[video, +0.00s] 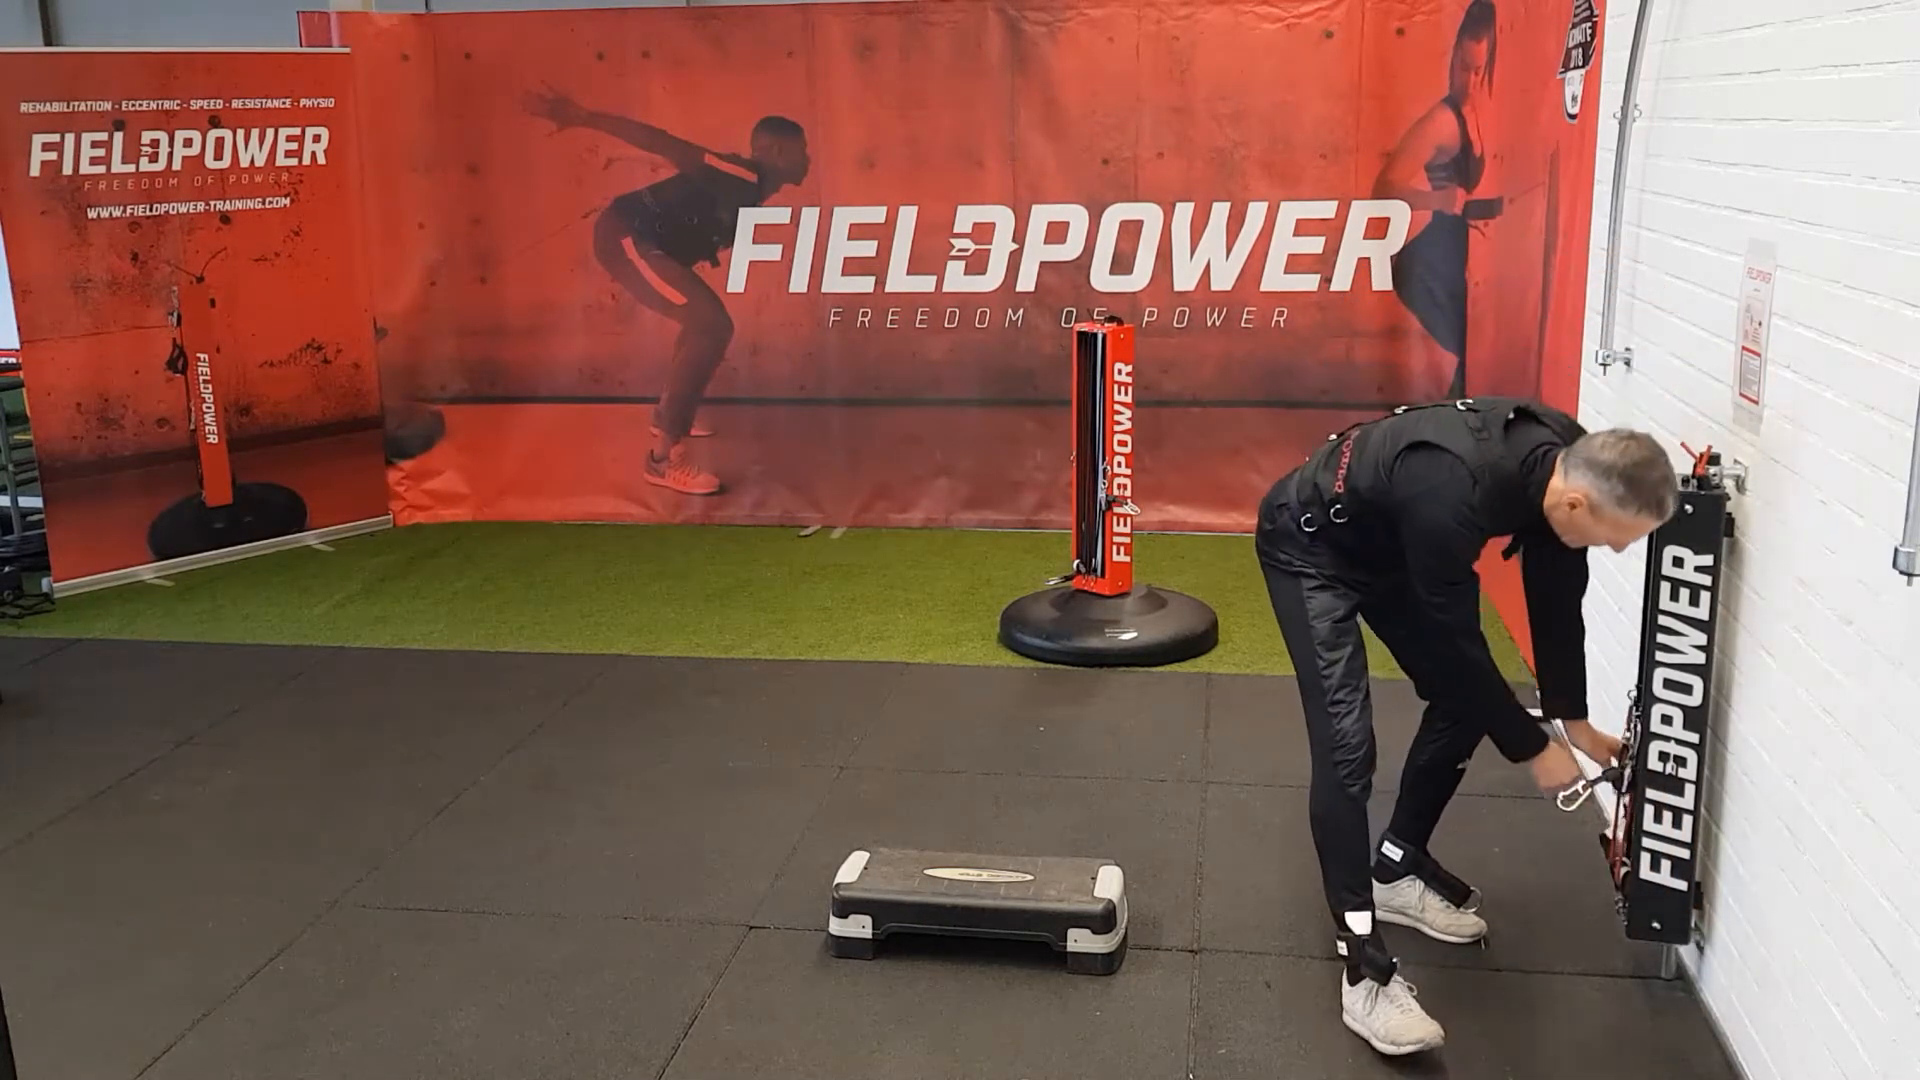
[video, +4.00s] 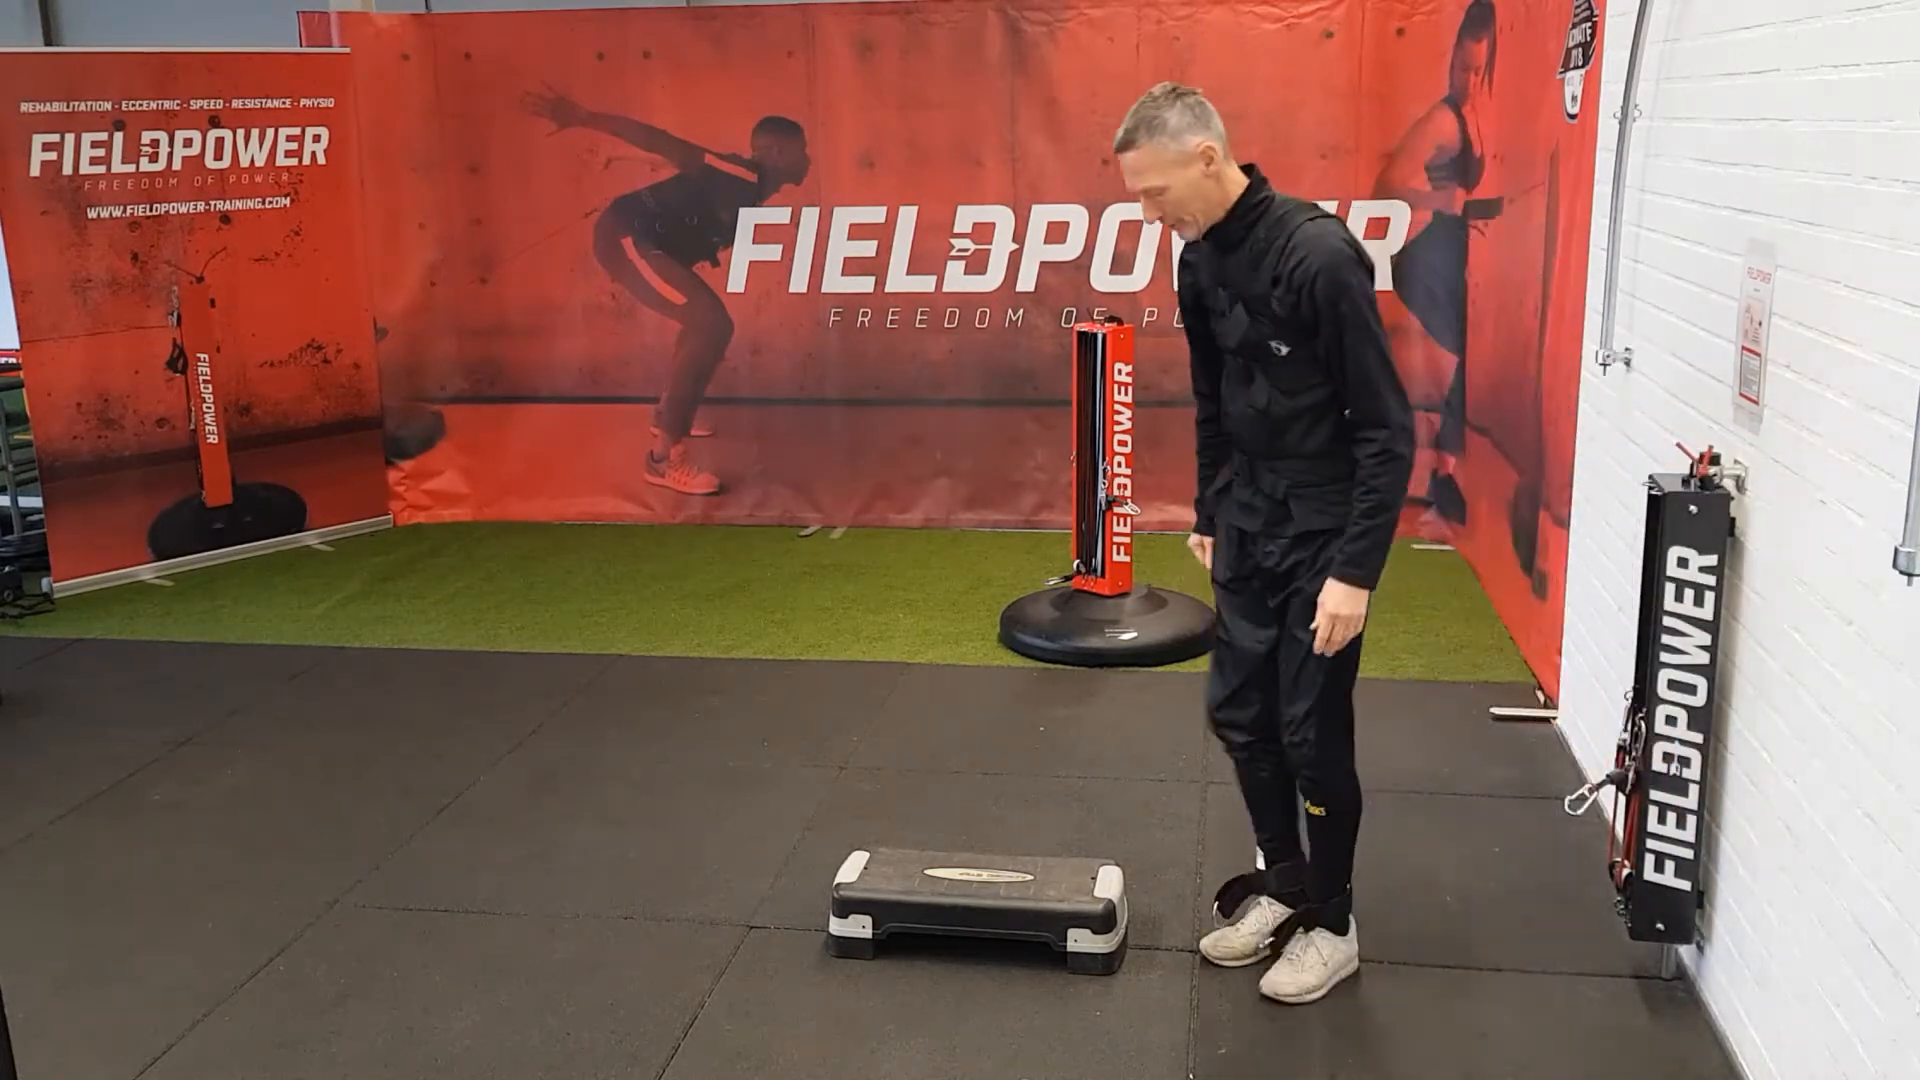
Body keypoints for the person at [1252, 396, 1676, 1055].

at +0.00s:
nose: (1606, 549)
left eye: (1617, 542)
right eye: (1609, 538)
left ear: (1579, 498)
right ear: (1574, 501)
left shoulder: (1561, 466)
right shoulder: (1446, 495)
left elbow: (1556, 599)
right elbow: (1458, 649)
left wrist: (1573, 720)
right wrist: (1535, 749)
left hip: (1390, 549)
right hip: (1308, 542)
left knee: (1463, 697)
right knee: (1346, 744)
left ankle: (1396, 868)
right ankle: (1363, 968)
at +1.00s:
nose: (1599, 478)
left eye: (1611, 466)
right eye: (1592, 461)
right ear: (1551, 416)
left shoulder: (1572, 394)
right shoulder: (1441, 438)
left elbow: (1594, 528)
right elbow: (1418, 585)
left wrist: (1576, 661)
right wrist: (1492, 705)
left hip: (1424, 537)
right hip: (1335, 529)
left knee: (1472, 700)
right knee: (1346, 739)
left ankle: (1398, 862)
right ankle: (1357, 953)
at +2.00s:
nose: (1574, 416)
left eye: (1589, 397)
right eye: (1557, 395)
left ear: (1605, 365)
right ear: (1510, 354)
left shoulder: (1589, 387)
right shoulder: (1418, 402)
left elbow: (1559, 503)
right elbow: (1382, 560)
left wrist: (1538, 628)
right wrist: (1480, 667)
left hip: (1436, 531)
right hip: (1343, 536)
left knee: (1454, 716)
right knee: (1369, 752)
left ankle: (1395, 866)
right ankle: (1370, 976)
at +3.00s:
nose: (1460, 288)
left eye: (1483, 268)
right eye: (1445, 264)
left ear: (1543, 233)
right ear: (1428, 232)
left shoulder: (1612, 331)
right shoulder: (1401, 289)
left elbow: (1684, 523)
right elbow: (1344, 415)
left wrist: (1690, 716)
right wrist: (1315, 549)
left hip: (1537, 583)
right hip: (1414, 557)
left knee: (1537, 818)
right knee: (1361, 752)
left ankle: (1516, 1039)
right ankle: (1353, 920)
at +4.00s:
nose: (1150, 214)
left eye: (1156, 194)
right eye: (1141, 197)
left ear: (1210, 161)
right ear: (1188, 172)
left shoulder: (1318, 257)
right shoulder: (1199, 252)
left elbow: (1386, 429)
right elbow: (1211, 397)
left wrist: (1355, 572)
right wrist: (1209, 512)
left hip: (1329, 526)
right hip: (1247, 522)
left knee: (1313, 731)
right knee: (1241, 715)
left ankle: (1333, 923)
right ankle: (1284, 887)